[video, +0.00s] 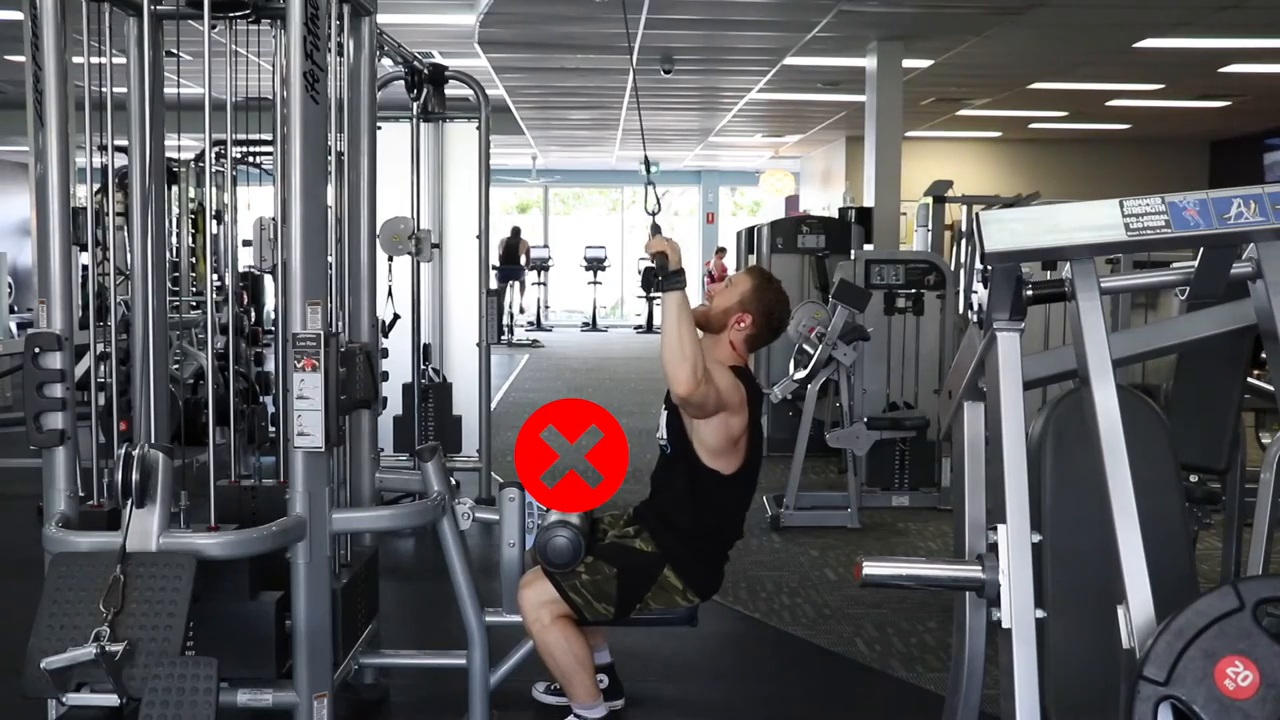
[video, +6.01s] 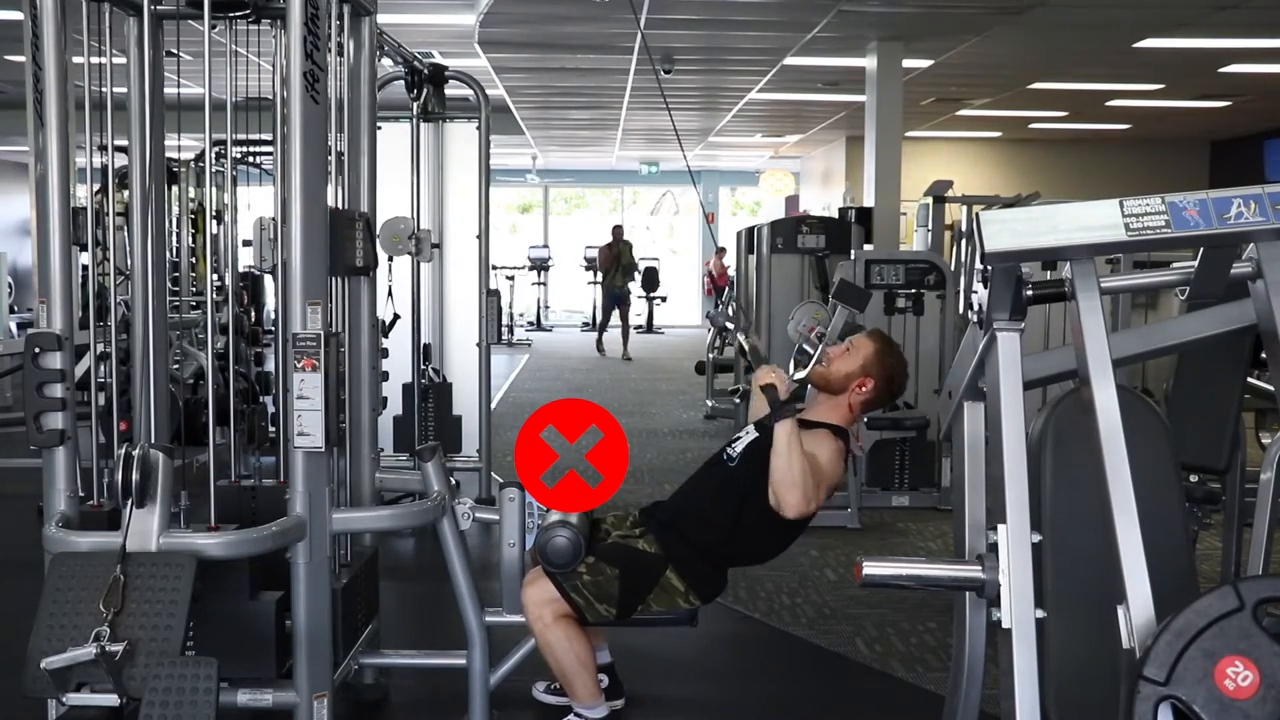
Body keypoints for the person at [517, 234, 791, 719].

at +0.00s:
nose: (713, 286)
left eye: (725, 285)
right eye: (722, 280)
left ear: (739, 322)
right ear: (740, 326)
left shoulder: (727, 387)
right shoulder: (716, 363)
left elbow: (687, 389)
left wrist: (673, 278)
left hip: (678, 560)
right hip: (658, 527)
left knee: (537, 596)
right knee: (556, 539)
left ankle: (588, 711)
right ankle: (597, 673)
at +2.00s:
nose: (702, 267)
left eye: (716, 268)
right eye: (715, 260)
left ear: (728, 306)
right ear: (731, 311)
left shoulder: (693, 348)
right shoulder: (700, 346)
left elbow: (661, 258)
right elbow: (663, 259)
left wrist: (646, 156)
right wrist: (646, 164)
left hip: (668, 555)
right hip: (661, 538)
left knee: (533, 595)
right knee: (550, 548)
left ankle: (589, 709)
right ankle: (592, 670)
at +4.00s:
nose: (708, 276)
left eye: (722, 277)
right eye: (717, 271)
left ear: (736, 316)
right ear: (735, 318)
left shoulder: (714, 375)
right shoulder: (706, 360)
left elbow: (676, 312)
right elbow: (679, 307)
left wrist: (659, 209)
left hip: (675, 565)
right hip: (655, 534)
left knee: (536, 596)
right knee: (553, 545)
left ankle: (589, 709)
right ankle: (594, 671)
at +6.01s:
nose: (831, 349)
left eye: (846, 349)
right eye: (842, 343)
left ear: (860, 386)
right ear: (857, 385)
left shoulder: (827, 443)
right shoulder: (811, 409)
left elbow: (794, 502)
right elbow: (763, 431)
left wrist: (780, 410)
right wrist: (764, 390)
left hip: (682, 562)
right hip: (665, 524)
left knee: (540, 593)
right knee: (553, 545)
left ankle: (590, 712)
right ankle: (595, 671)